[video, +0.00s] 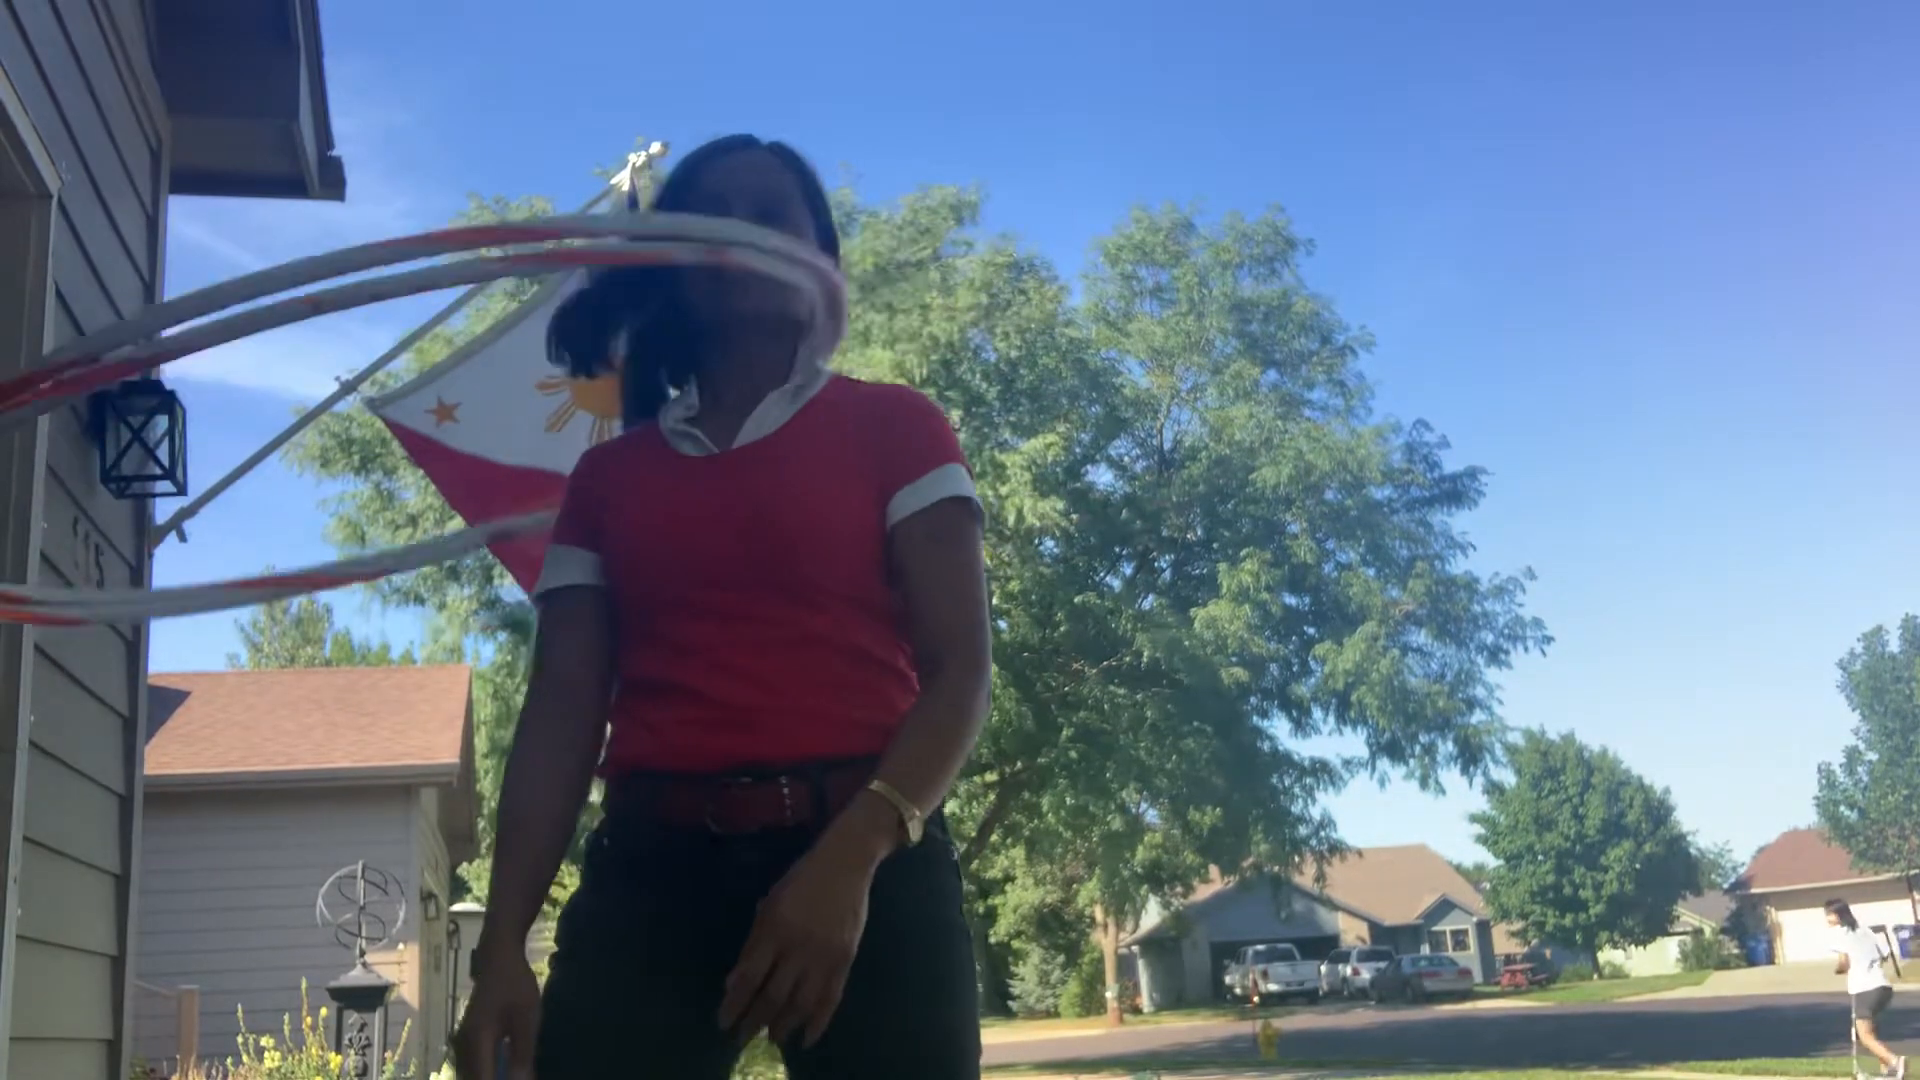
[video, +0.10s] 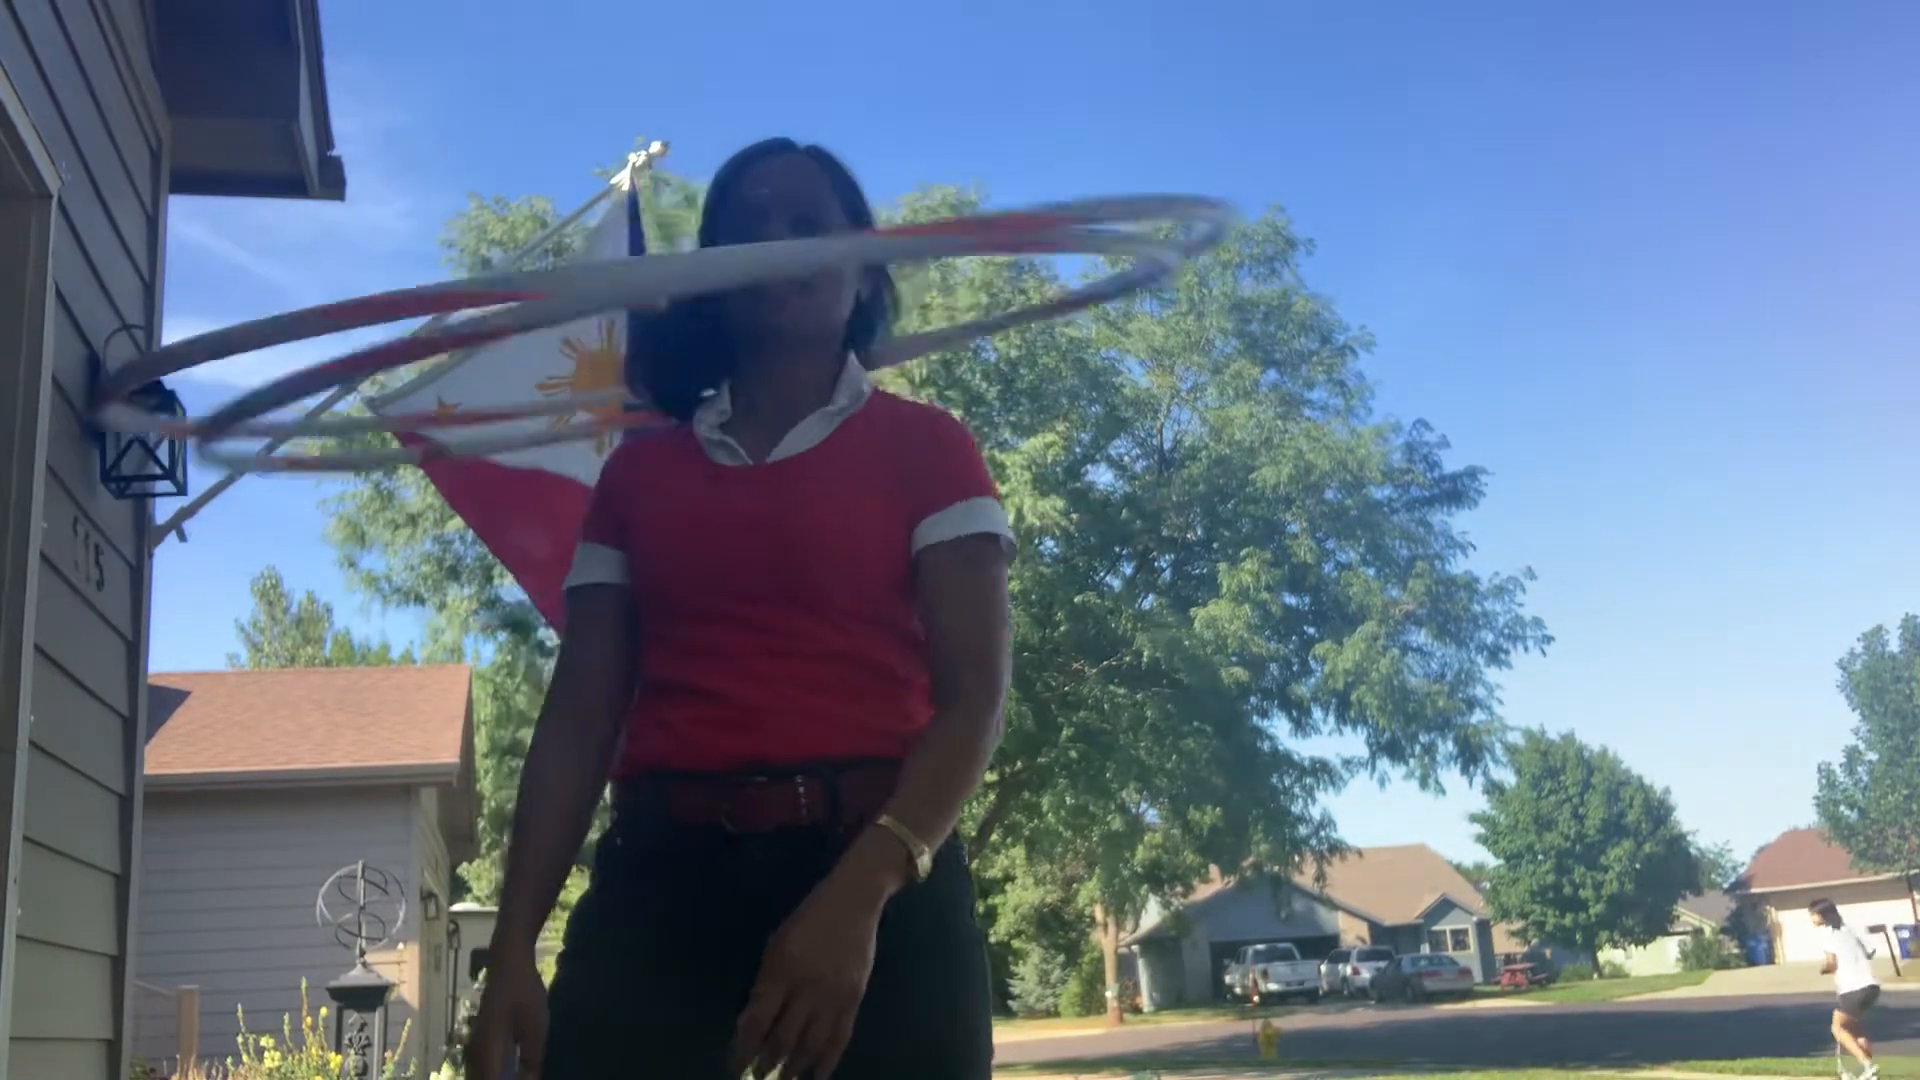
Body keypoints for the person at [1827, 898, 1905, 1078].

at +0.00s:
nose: (1827, 920)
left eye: (1829, 915)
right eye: (1827, 915)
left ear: (1838, 915)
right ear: (1846, 914)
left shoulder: (1840, 934)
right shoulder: (1865, 930)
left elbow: (1844, 964)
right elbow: (1883, 954)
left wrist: (1838, 970)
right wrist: (1866, 963)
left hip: (1865, 987)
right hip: (1884, 984)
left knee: (1863, 1034)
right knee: (1871, 1028)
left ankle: (1894, 1061)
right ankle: (1885, 1067)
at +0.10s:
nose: (1812, 919)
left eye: (1813, 915)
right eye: (1811, 915)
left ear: (1822, 915)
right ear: (1830, 913)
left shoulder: (1826, 934)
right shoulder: (1847, 930)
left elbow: (1831, 964)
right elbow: (1868, 952)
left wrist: (1823, 969)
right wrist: (1849, 962)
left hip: (1852, 987)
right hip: (1870, 983)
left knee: (1837, 1027)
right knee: (1854, 1026)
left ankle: (1867, 1065)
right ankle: (1867, 1068)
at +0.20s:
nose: (1796, 921)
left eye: (1798, 917)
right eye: (1796, 917)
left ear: (1806, 917)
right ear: (1816, 914)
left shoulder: (1812, 935)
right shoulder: (1833, 930)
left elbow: (1819, 964)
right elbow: (1854, 948)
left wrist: (1812, 970)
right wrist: (1840, 963)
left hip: (1838, 988)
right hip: (1857, 984)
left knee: (1819, 1023)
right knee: (1846, 1025)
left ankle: (1827, 1070)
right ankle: (1858, 1068)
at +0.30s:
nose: (1788, 926)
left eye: (1788, 922)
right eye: (1787, 922)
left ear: (1793, 922)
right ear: (1806, 918)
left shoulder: (1799, 939)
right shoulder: (1820, 933)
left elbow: (1807, 965)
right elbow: (1840, 950)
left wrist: (1799, 970)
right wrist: (1830, 966)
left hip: (1823, 991)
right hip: (1842, 987)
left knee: (1808, 1029)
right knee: (1832, 1027)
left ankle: (1806, 1073)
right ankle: (1845, 1069)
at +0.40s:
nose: (1771, 926)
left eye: (1771, 923)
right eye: (1771, 922)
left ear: (1776, 925)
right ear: (1793, 920)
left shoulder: (1779, 940)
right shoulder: (1806, 934)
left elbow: (1784, 967)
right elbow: (1828, 953)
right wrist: (1814, 966)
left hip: (1808, 993)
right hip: (1828, 988)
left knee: (1795, 1031)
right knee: (1816, 1029)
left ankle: (1801, 1073)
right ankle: (1828, 1069)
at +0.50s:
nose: (1760, 924)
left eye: (1761, 920)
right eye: (1760, 920)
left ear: (1766, 922)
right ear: (1781, 918)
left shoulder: (1767, 939)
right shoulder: (1795, 932)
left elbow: (1774, 966)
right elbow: (1814, 953)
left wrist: (1767, 971)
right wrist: (1799, 963)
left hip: (1793, 991)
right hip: (1814, 987)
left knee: (1788, 1032)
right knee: (1802, 1029)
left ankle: (1800, 1073)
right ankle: (1812, 1065)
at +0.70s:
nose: (1742, 928)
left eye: (1743, 925)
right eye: (1742, 925)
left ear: (1747, 926)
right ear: (1765, 924)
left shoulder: (1746, 943)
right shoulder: (1774, 941)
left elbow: (1747, 969)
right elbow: (1791, 959)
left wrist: (1743, 972)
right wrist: (1775, 968)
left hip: (1770, 992)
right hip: (1789, 989)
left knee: (1777, 1032)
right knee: (1776, 1028)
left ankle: (1798, 1071)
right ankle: (1788, 1065)